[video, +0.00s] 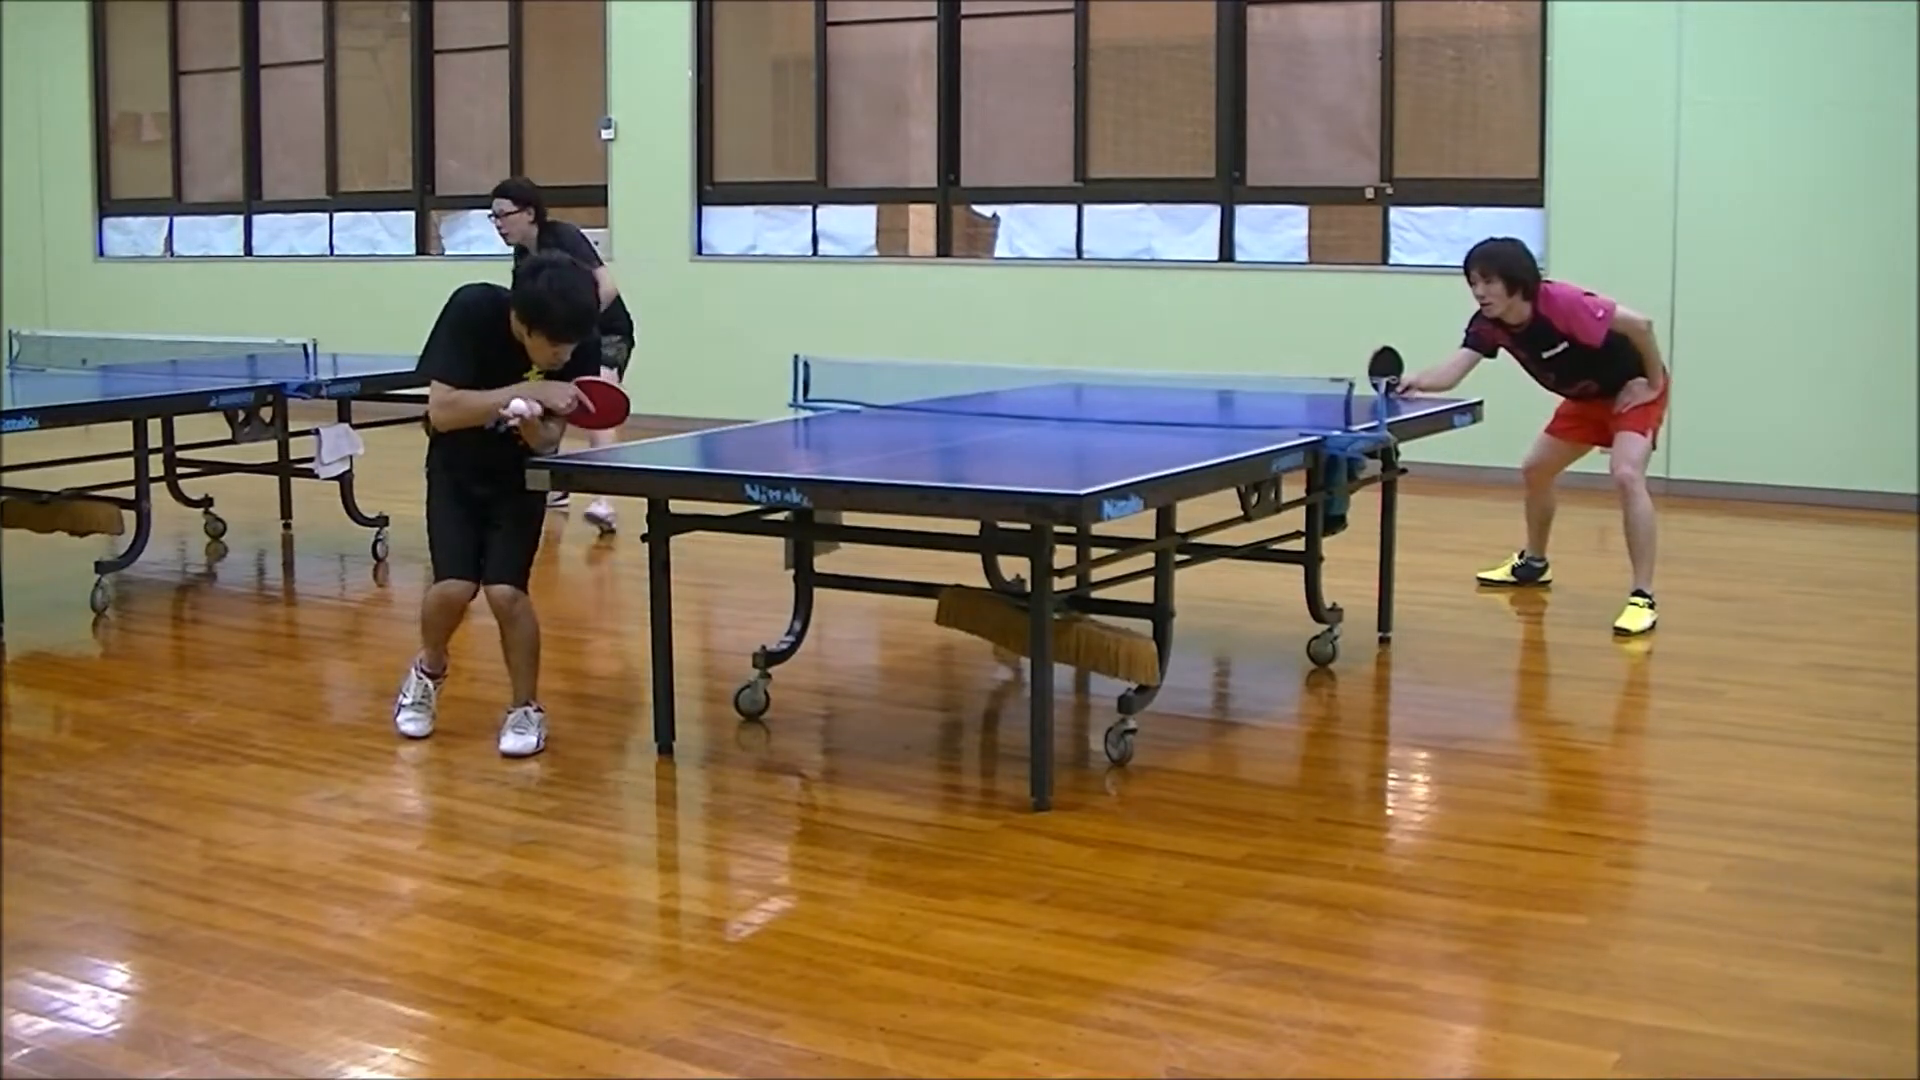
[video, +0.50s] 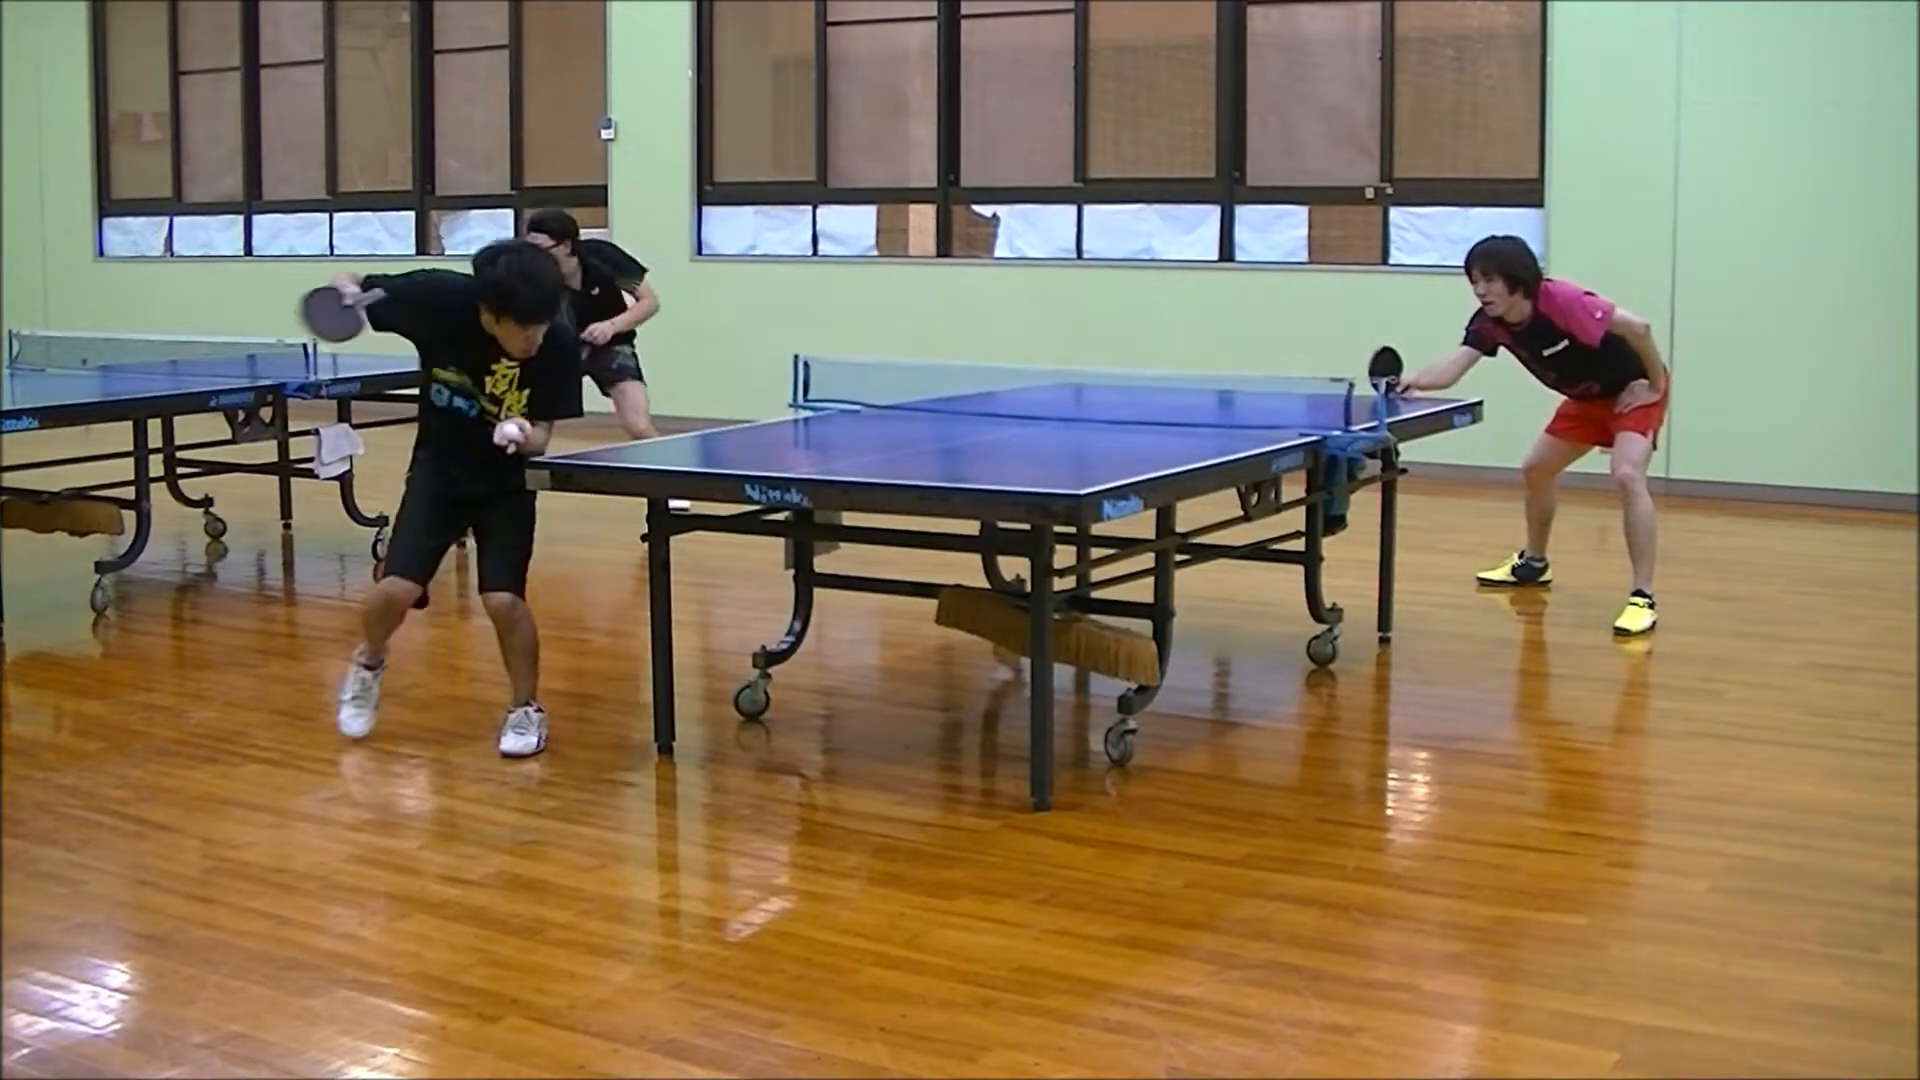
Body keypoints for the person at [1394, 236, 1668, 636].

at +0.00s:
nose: (1480, 291)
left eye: (1488, 280)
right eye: (1474, 283)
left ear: (1516, 281)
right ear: (1472, 286)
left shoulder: (1562, 302)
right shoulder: (1488, 323)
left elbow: (1640, 327)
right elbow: (1451, 373)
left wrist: (1655, 380)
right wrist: (1415, 381)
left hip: (1634, 386)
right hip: (1585, 396)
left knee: (1626, 475)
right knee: (1536, 470)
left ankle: (1642, 597)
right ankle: (1534, 563)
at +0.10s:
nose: (1480, 293)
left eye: (1488, 282)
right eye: (1475, 284)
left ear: (1517, 282)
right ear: (1472, 287)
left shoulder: (1562, 302)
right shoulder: (1489, 323)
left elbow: (1639, 328)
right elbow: (1451, 373)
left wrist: (1656, 381)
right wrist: (1415, 381)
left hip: (1634, 387)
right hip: (1585, 396)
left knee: (1627, 475)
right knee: (1536, 470)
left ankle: (1642, 597)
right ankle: (1534, 563)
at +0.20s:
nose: (1480, 293)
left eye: (1488, 282)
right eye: (1475, 284)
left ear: (1517, 283)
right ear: (1472, 287)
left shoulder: (1562, 302)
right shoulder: (1488, 323)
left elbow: (1639, 329)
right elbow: (1451, 373)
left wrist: (1657, 382)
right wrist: (1415, 381)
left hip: (1634, 387)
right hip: (1585, 397)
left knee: (1627, 475)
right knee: (1536, 470)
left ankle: (1642, 597)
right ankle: (1534, 563)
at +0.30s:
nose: (1480, 293)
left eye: (1488, 282)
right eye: (1475, 284)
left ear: (1517, 282)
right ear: (1472, 287)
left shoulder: (1561, 302)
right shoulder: (1488, 323)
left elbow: (1638, 329)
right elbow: (1450, 373)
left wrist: (1657, 382)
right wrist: (1414, 380)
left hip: (1634, 387)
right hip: (1585, 396)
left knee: (1627, 475)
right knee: (1536, 471)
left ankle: (1642, 597)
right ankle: (1534, 563)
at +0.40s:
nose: (1480, 292)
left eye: (1489, 281)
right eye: (1475, 284)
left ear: (1517, 282)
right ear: (1472, 286)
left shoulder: (1561, 302)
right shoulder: (1489, 322)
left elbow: (1637, 329)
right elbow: (1450, 373)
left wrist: (1657, 382)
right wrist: (1414, 380)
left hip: (1634, 387)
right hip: (1585, 396)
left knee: (1627, 475)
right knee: (1536, 471)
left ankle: (1642, 597)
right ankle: (1534, 563)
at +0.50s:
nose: (1480, 290)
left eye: (1489, 279)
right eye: (1475, 281)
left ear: (1517, 280)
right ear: (1473, 284)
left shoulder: (1561, 300)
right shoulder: (1489, 321)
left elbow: (1637, 329)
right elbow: (1451, 370)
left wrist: (1657, 381)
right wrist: (1414, 381)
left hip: (1635, 387)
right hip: (1586, 396)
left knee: (1627, 475)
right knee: (1536, 470)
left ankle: (1642, 597)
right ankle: (1534, 563)